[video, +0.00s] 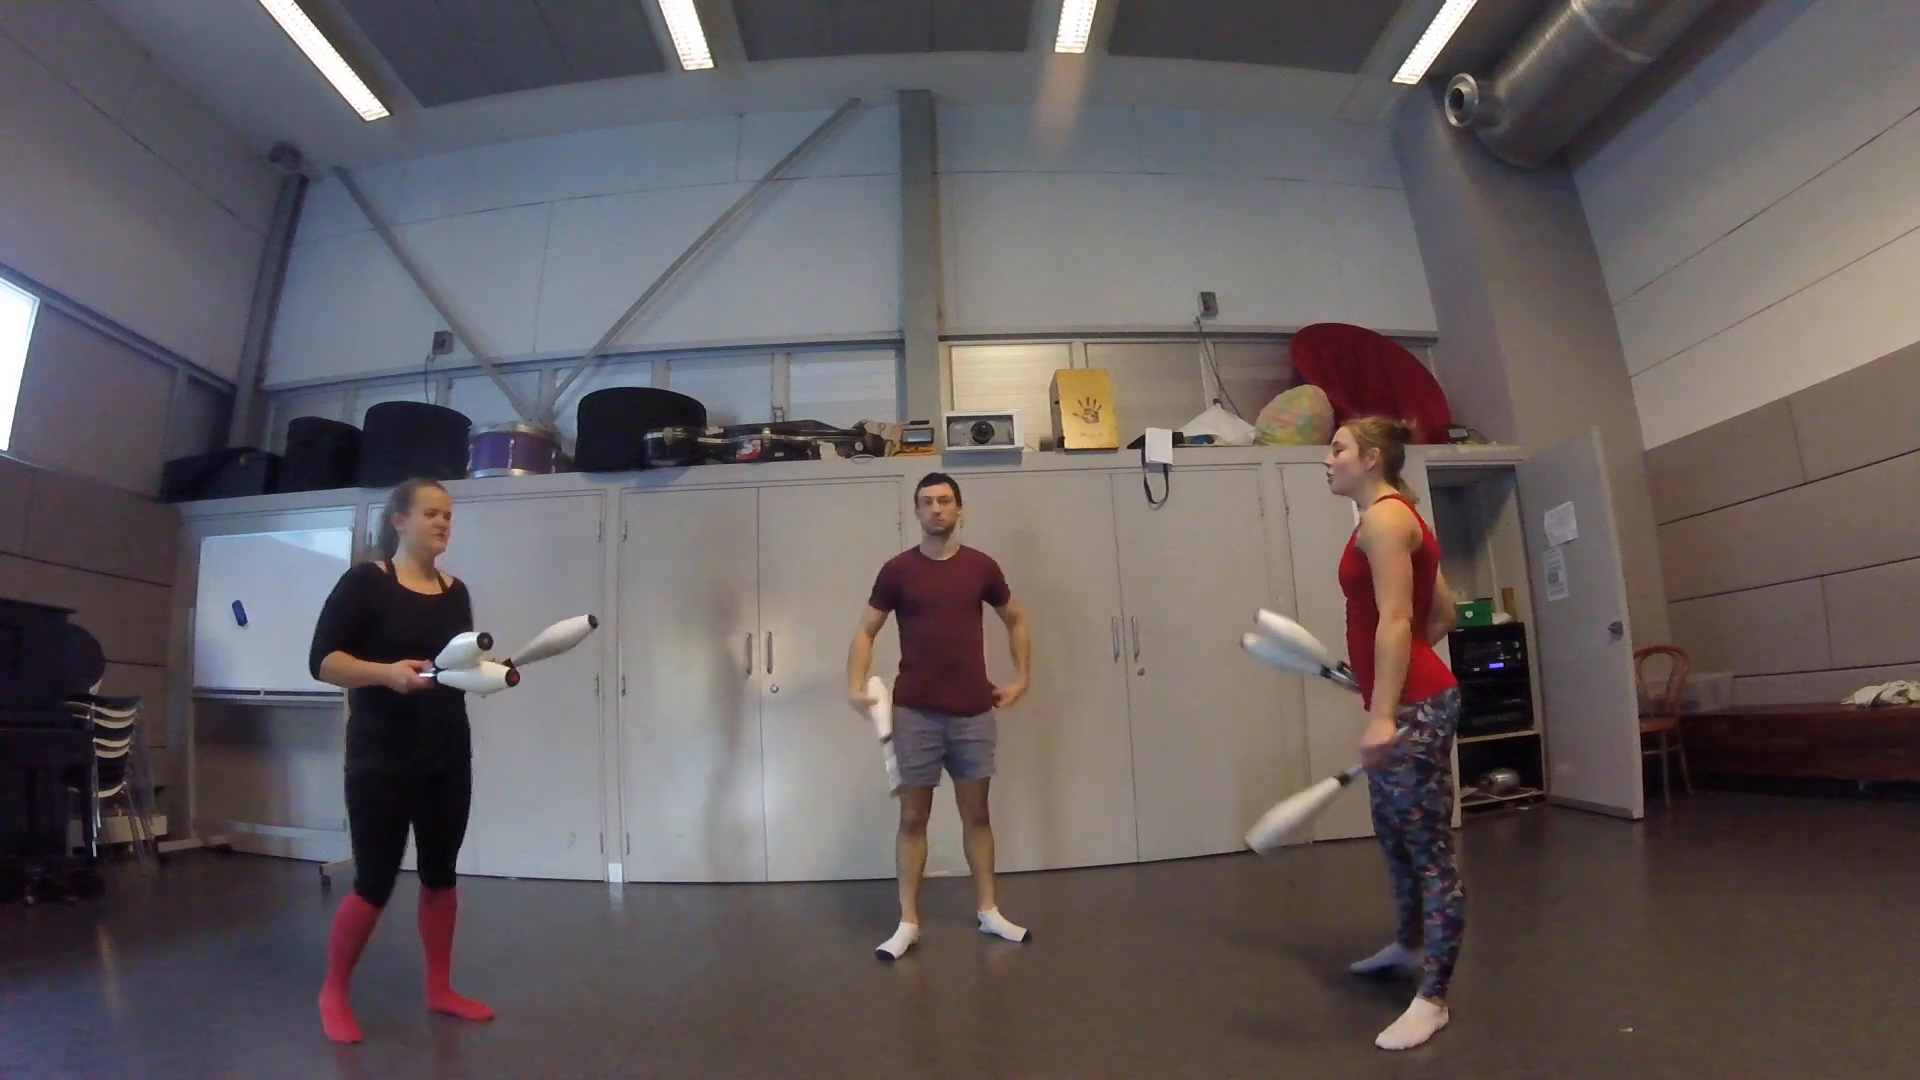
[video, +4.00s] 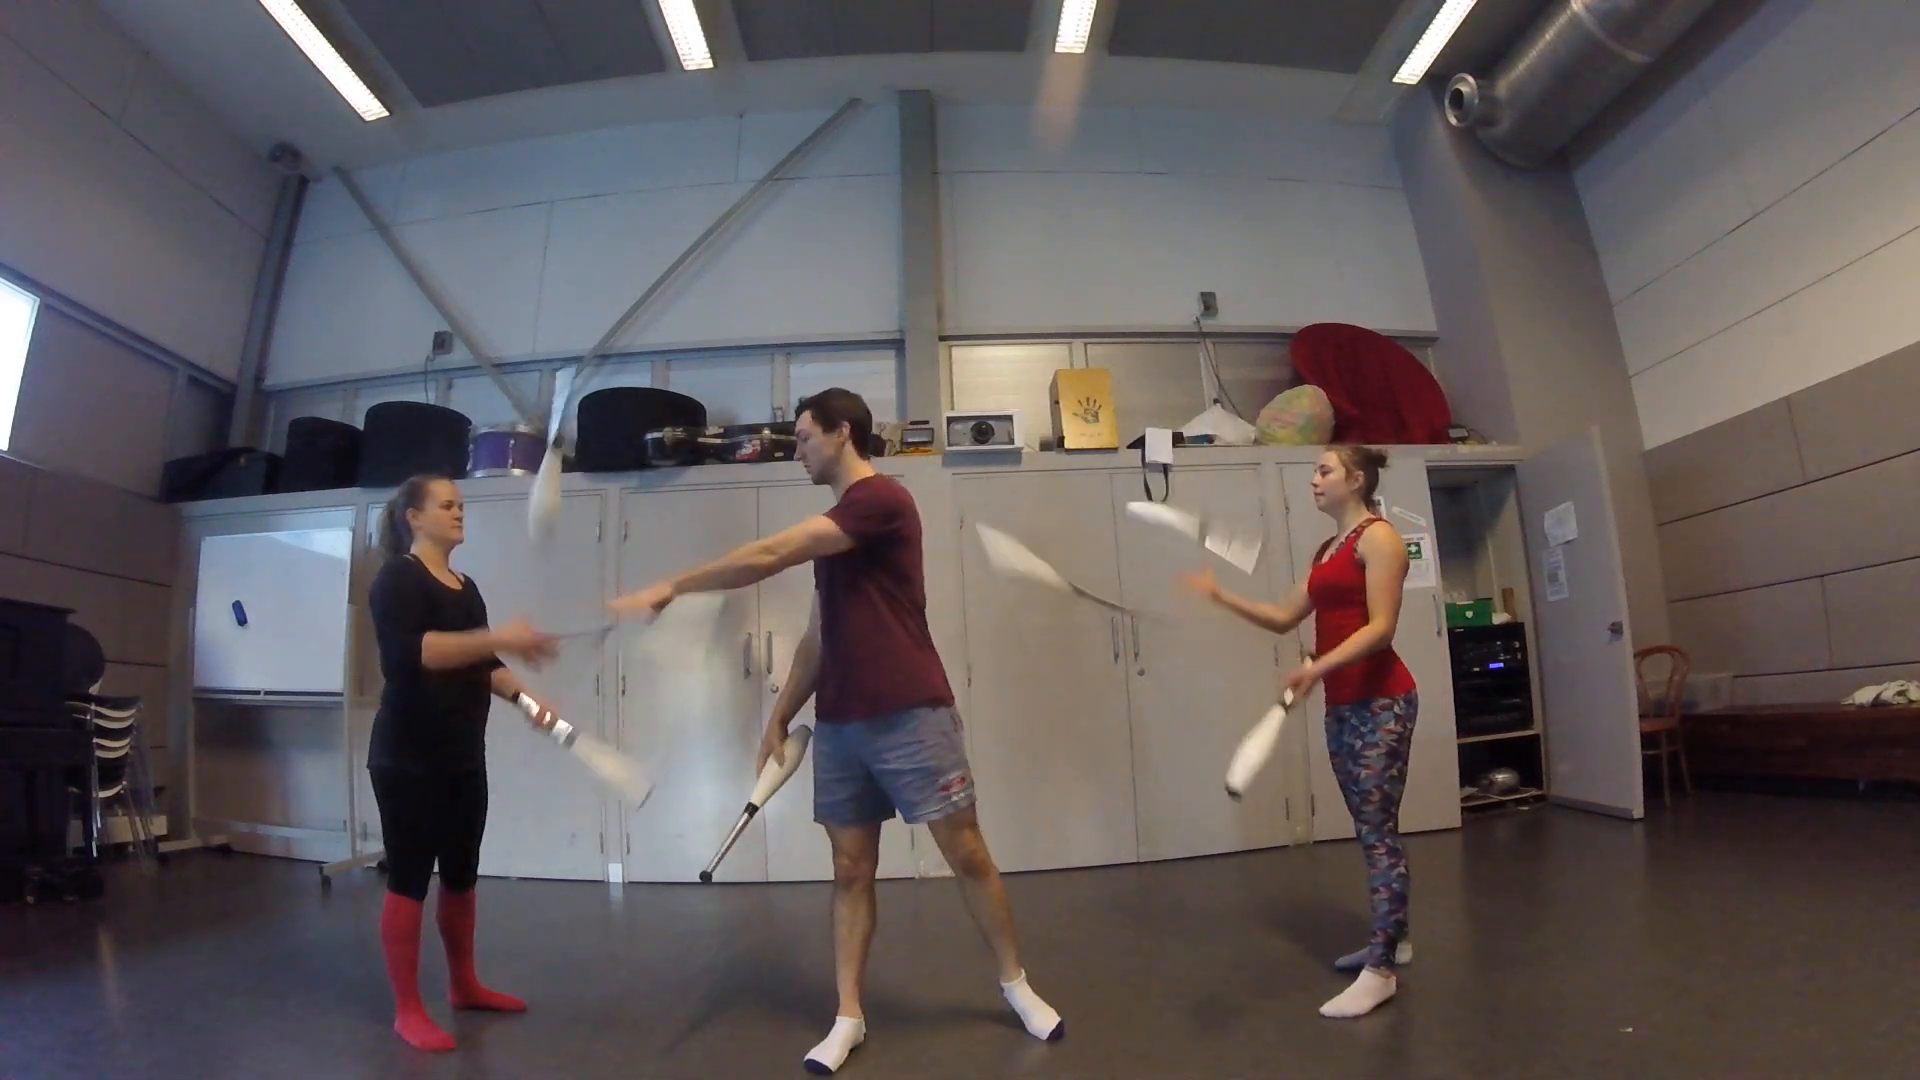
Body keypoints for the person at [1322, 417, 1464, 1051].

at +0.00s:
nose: (1327, 459)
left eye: (1338, 449)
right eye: (1331, 448)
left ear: (1371, 459)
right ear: (1369, 459)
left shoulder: (1382, 518)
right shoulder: (1398, 515)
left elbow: (1395, 621)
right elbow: (1442, 613)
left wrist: (1382, 715)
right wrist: (1376, 669)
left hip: (1417, 705)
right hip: (1401, 701)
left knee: (1427, 846)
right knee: (1396, 831)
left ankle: (1434, 998)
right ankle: (1410, 944)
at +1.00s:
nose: (1322, 480)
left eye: (1332, 470)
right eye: (1321, 471)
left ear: (1367, 474)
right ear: (1348, 477)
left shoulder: (1394, 532)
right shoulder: (1356, 537)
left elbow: (1422, 626)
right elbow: (1362, 634)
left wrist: (1434, 711)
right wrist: (1350, 711)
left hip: (1393, 714)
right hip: (1362, 715)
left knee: (1398, 840)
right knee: (1387, 837)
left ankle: (1393, 978)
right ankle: (1415, 948)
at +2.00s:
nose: (1313, 480)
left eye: (1324, 470)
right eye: (1312, 471)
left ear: (1357, 475)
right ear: (1326, 481)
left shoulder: (1386, 534)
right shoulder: (1330, 545)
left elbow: (1406, 617)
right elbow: (1324, 629)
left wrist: (1348, 577)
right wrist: (1306, 694)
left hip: (1393, 707)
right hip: (1351, 708)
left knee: (1387, 833)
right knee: (1381, 831)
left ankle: (1385, 971)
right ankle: (1393, 941)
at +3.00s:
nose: (1312, 476)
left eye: (1323, 467)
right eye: (1313, 467)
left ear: (1355, 477)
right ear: (1339, 479)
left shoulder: (1369, 534)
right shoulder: (1342, 540)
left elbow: (1343, 607)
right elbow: (1333, 631)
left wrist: (1265, 635)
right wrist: (1273, 650)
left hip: (1374, 707)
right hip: (1351, 707)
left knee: (1383, 838)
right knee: (1377, 834)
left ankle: (1383, 975)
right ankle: (1392, 944)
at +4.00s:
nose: (1314, 481)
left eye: (1325, 472)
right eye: (1315, 471)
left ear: (1357, 480)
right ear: (1336, 481)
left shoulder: (1380, 538)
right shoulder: (1331, 549)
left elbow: (1381, 627)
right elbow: (1284, 618)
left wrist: (1316, 667)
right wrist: (1220, 596)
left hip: (1381, 701)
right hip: (1345, 703)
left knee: (1377, 829)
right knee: (1371, 827)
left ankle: (1381, 969)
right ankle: (1394, 938)